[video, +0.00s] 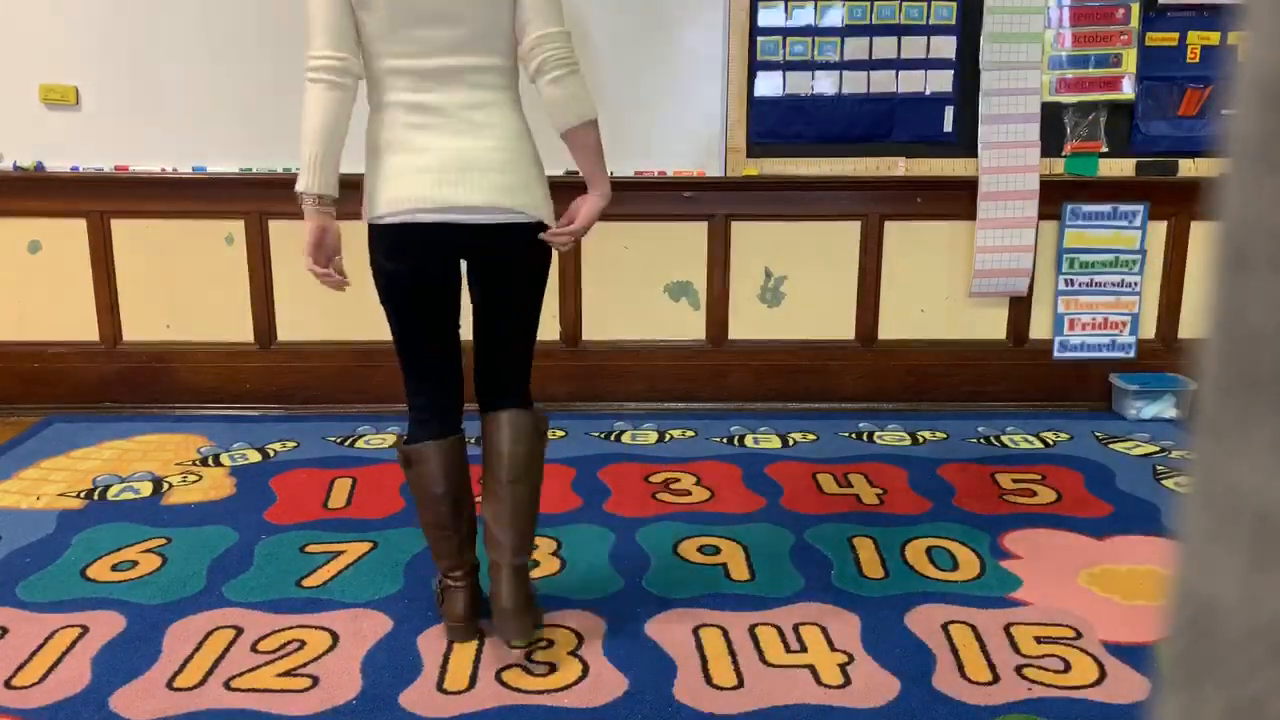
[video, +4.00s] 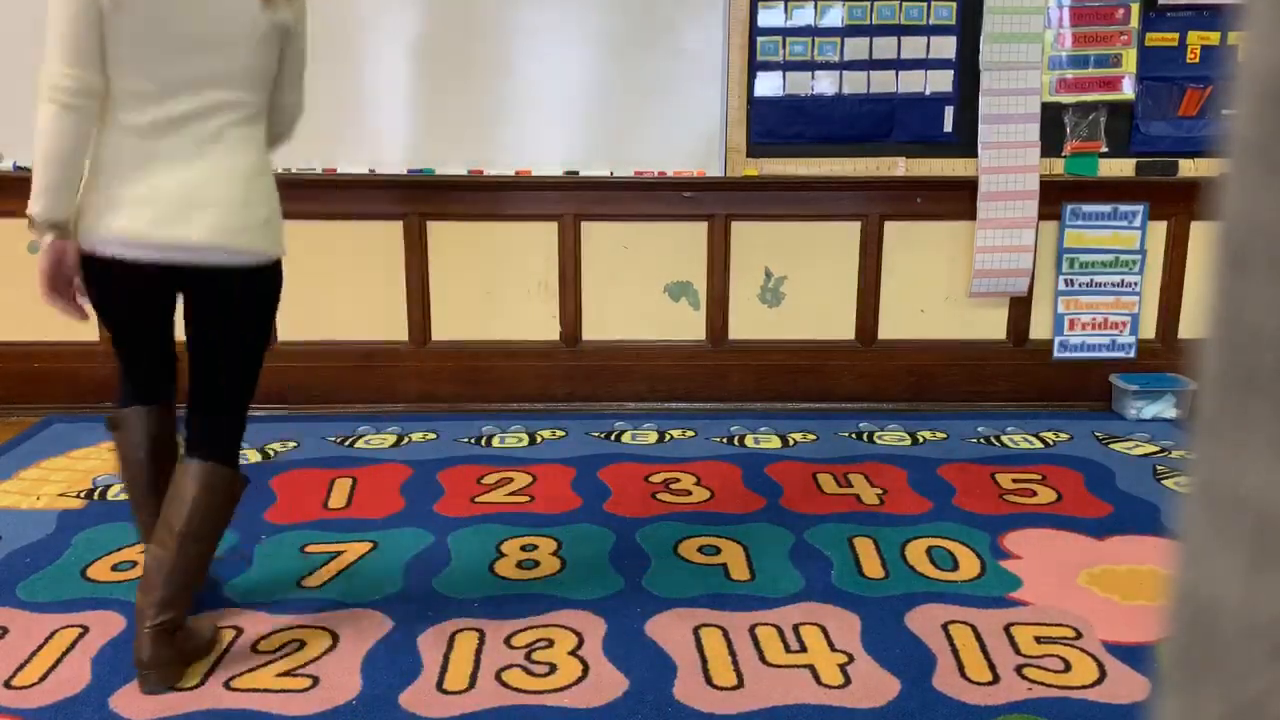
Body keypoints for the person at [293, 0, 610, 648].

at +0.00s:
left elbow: (332, 71)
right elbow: (548, 58)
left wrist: (320, 205)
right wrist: (597, 182)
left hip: (405, 200)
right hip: (509, 196)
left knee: (429, 397)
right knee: (508, 392)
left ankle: (456, 590)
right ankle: (511, 594)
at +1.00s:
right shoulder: (540, 1)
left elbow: (432, 82)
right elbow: (553, 72)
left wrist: (476, 165)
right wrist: (600, 192)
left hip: (461, 206)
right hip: (536, 210)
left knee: (528, 367)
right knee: (541, 394)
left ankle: (527, 525)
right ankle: (497, 599)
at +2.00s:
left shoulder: (371, 1)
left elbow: (358, 108)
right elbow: (546, 90)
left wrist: (365, 234)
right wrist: (596, 222)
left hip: (400, 233)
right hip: (512, 238)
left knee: (399, 453)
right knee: (543, 424)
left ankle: (381, 686)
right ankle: (507, 605)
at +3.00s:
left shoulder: (277, 4)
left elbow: (270, 123)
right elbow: (487, 114)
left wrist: (289, 226)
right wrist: (522, 209)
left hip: (344, 247)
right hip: (444, 241)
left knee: (377, 434)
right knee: (418, 403)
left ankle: (465, 593)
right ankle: (423, 579)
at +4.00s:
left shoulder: (92, 1)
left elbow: (73, 88)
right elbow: (284, 107)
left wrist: (55, 224)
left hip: (123, 226)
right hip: (239, 232)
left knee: (141, 389)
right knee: (214, 433)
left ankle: (168, 571)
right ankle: (160, 635)